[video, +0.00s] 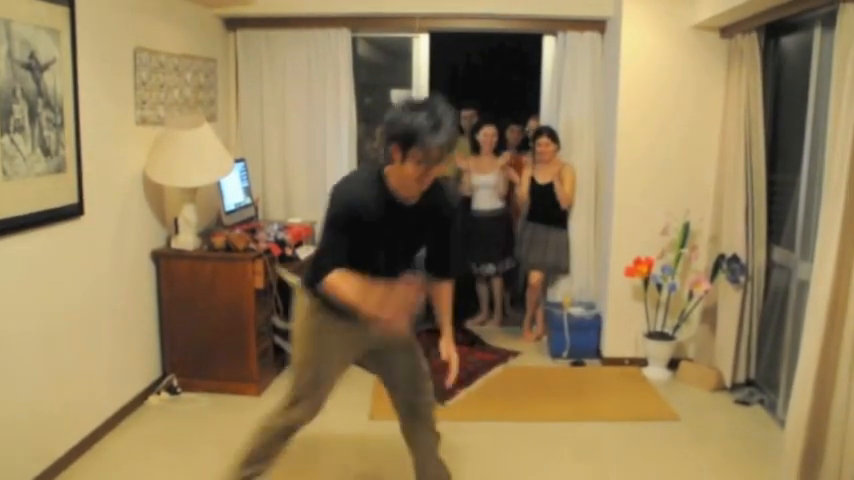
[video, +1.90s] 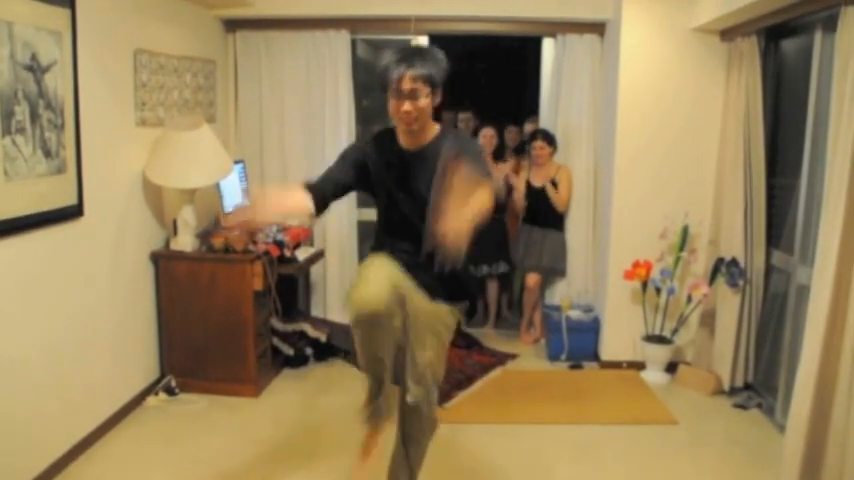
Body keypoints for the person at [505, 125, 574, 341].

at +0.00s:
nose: (543, 149)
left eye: (548, 145)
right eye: (539, 145)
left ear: (556, 147)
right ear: (534, 147)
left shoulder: (565, 170)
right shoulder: (530, 169)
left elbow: (565, 202)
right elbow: (522, 200)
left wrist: (556, 180)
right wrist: (519, 182)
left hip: (554, 228)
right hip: (533, 225)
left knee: (535, 278)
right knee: (538, 281)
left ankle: (527, 321)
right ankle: (540, 323)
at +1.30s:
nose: (537, 151)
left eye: (542, 146)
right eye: (534, 147)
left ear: (551, 149)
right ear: (529, 150)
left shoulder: (561, 171)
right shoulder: (525, 172)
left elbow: (561, 205)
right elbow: (519, 197)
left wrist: (540, 188)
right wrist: (520, 176)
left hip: (552, 231)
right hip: (531, 230)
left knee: (548, 281)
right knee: (531, 280)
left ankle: (527, 324)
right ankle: (537, 325)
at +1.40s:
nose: (537, 151)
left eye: (542, 146)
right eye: (534, 146)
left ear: (552, 149)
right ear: (529, 150)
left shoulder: (560, 172)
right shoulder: (523, 172)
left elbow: (560, 205)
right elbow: (516, 200)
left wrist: (550, 183)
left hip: (550, 231)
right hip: (527, 228)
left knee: (532, 278)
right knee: (535, 282)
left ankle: (526, 323)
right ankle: (538, 325)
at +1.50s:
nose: (537, 152)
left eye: (542, 147)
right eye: (534, 147)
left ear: (551, 149)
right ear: (529, 150)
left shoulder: (560, 172)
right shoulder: (524, 172)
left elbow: (561, 205)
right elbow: (518, 200)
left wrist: (548, 183)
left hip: (550, 232)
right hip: (527, 229)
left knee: (532, 278)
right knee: (535, 283)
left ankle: (525, 323)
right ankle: (539, 327)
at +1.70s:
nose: (537, 152)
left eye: (542, 147)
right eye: (534, 147)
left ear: (552, 150)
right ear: (529, 151)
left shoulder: (560, 172)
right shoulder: (523, 173)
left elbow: (562, 206)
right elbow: (516, 201)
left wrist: (538, 196)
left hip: (548, 231)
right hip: (524, 230)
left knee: (531, 279)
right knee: (534, 283)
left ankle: (525, 323)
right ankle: (538, 326)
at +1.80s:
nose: (537, 152)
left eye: (542, 148)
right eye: (534, 148)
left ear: (552, 150)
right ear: (529, 151)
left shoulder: (561, 172)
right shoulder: (526, 171)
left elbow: (562, 206)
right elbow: (521, 201)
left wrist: (542, 189)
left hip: (550, 231)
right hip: (529, 228)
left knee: (532, 278)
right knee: (534, 283)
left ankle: (525, 323)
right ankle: (538, 327)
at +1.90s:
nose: (537, 153)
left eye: (542, 148)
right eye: (534, 148)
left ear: (552, 150)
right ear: (530, 151)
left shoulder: (561, 172)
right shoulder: (525, 172)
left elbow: (562, 206)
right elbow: (519, 207)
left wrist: (548, 186)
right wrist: (517, 189)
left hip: (550, 231)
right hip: (529, 229)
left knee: (532, 279)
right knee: (535, 284)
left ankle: (525, 324)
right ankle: (538, 327)